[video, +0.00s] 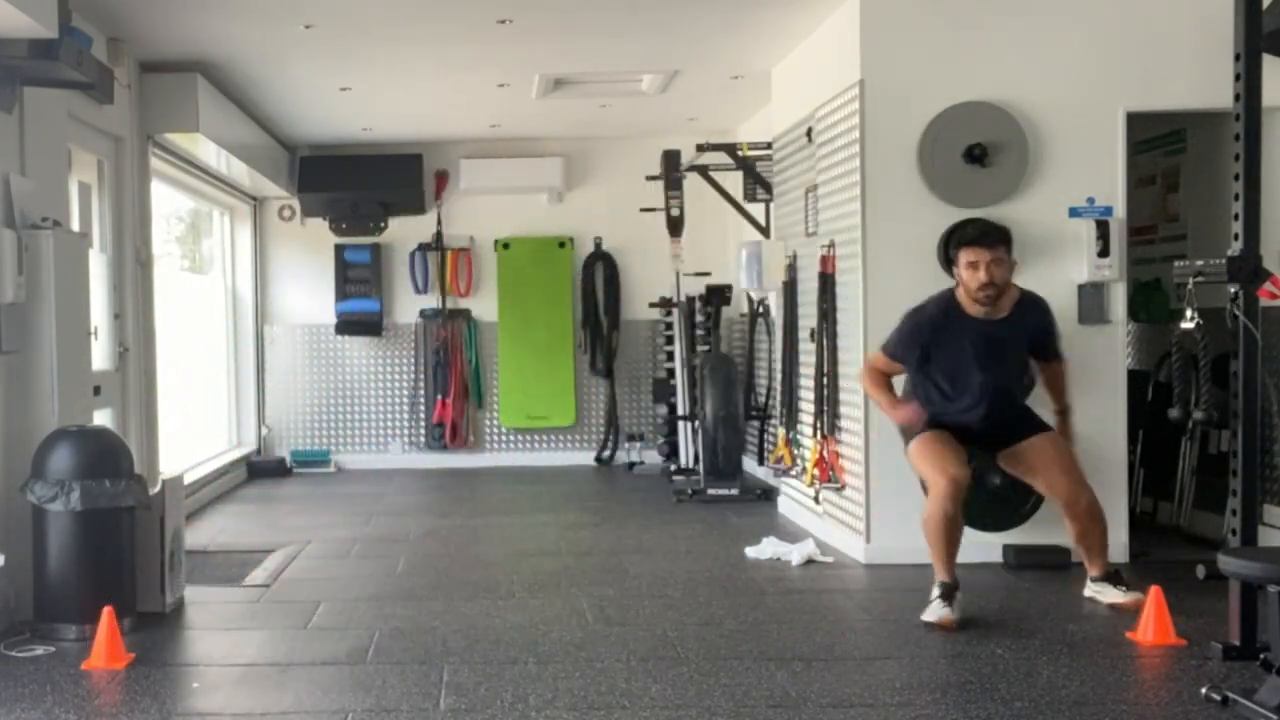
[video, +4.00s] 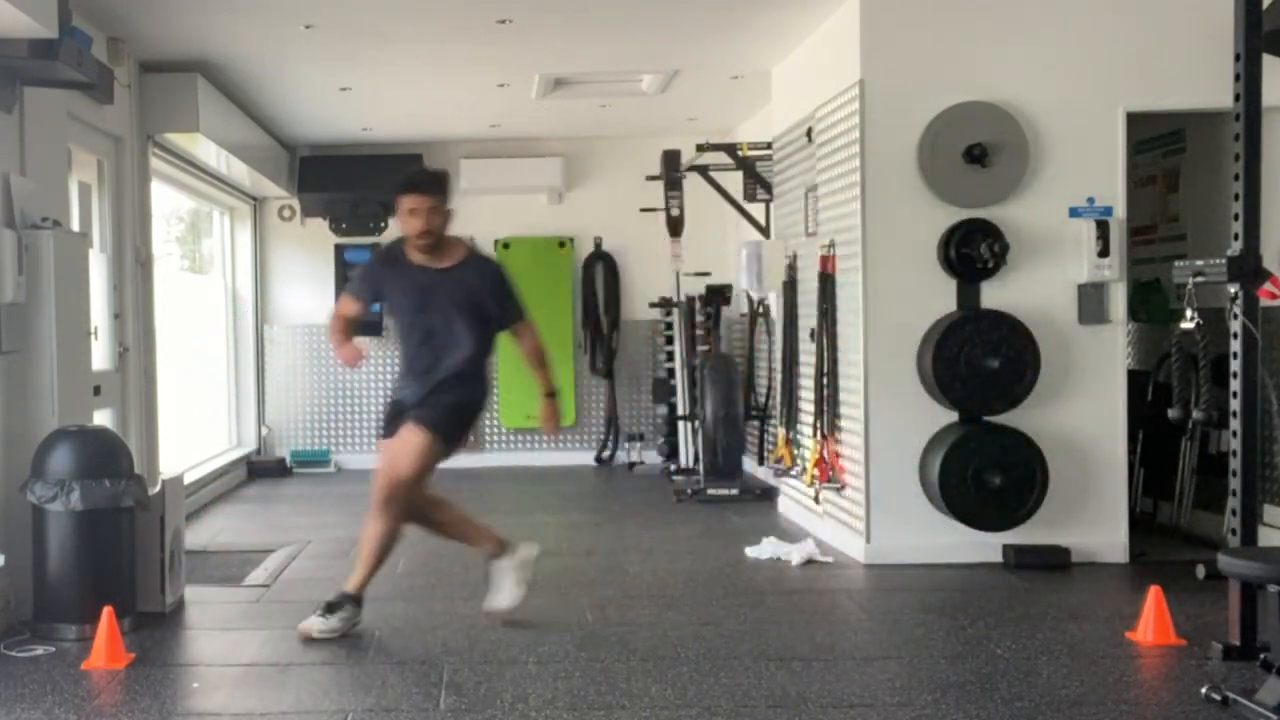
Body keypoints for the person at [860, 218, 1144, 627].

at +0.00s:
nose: (986, 277)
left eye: (995, 264)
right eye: (973, 267)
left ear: (1012, 265)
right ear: (955, 271)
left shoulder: (1032, 311)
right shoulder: (929, 318)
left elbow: (1051, 365)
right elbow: (874, 370)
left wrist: (1062, 413)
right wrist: (893, 407)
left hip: (1005, 418)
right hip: (936, 422)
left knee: (1076, 493)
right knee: (949, 480)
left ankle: (1099, 578)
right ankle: (944, 587)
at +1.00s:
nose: (497, 226)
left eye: (506, 214)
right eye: (487, 215)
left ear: (521, 213)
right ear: (474, 217)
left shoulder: (557, 264)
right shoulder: (464, 261)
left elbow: (600, 313)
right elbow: (422, 301)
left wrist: (628, 357)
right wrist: (413, 314)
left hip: (534, 381)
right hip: (481, 382)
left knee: (482, 469)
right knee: (480, 487)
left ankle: (449, 572)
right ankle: (562, 555)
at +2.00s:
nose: (468, 249)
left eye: (478, 238)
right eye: (458, 237)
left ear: (489, 242)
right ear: (438, 240)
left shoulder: (505, 293)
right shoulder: (409, 292)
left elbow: (519, 344)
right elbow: (343, 332)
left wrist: (522, 398)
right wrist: (334, 355)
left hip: (462, 410)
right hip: (402, 401)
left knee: (455, 512)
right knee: (371, 503)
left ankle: (437, 560)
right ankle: (331, 609)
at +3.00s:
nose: (1005, 284)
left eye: (1015, 271)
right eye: (992, 272)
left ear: (1029, 271)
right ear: (972, 275)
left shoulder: (1044, 308)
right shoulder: (944, 319)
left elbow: (1075, 359)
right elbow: (885, 383)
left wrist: (1099, 419)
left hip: (1002, 404)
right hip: (933, 408)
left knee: (1072, 484)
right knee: (979, 478)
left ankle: (1085, 578)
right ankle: (969, 567)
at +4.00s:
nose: (422, 224)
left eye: (431, 213)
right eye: (411, 214)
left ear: (446, 213)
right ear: (398, 217)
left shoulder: (481, 272)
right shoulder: (387, 264)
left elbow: (524, 332)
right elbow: (342, 316)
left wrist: (548, 393)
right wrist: (342, 340)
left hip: (456, 391)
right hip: (408, 391)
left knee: (391, 482)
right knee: (399, 496)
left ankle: (350, 598)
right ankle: (503, 551)